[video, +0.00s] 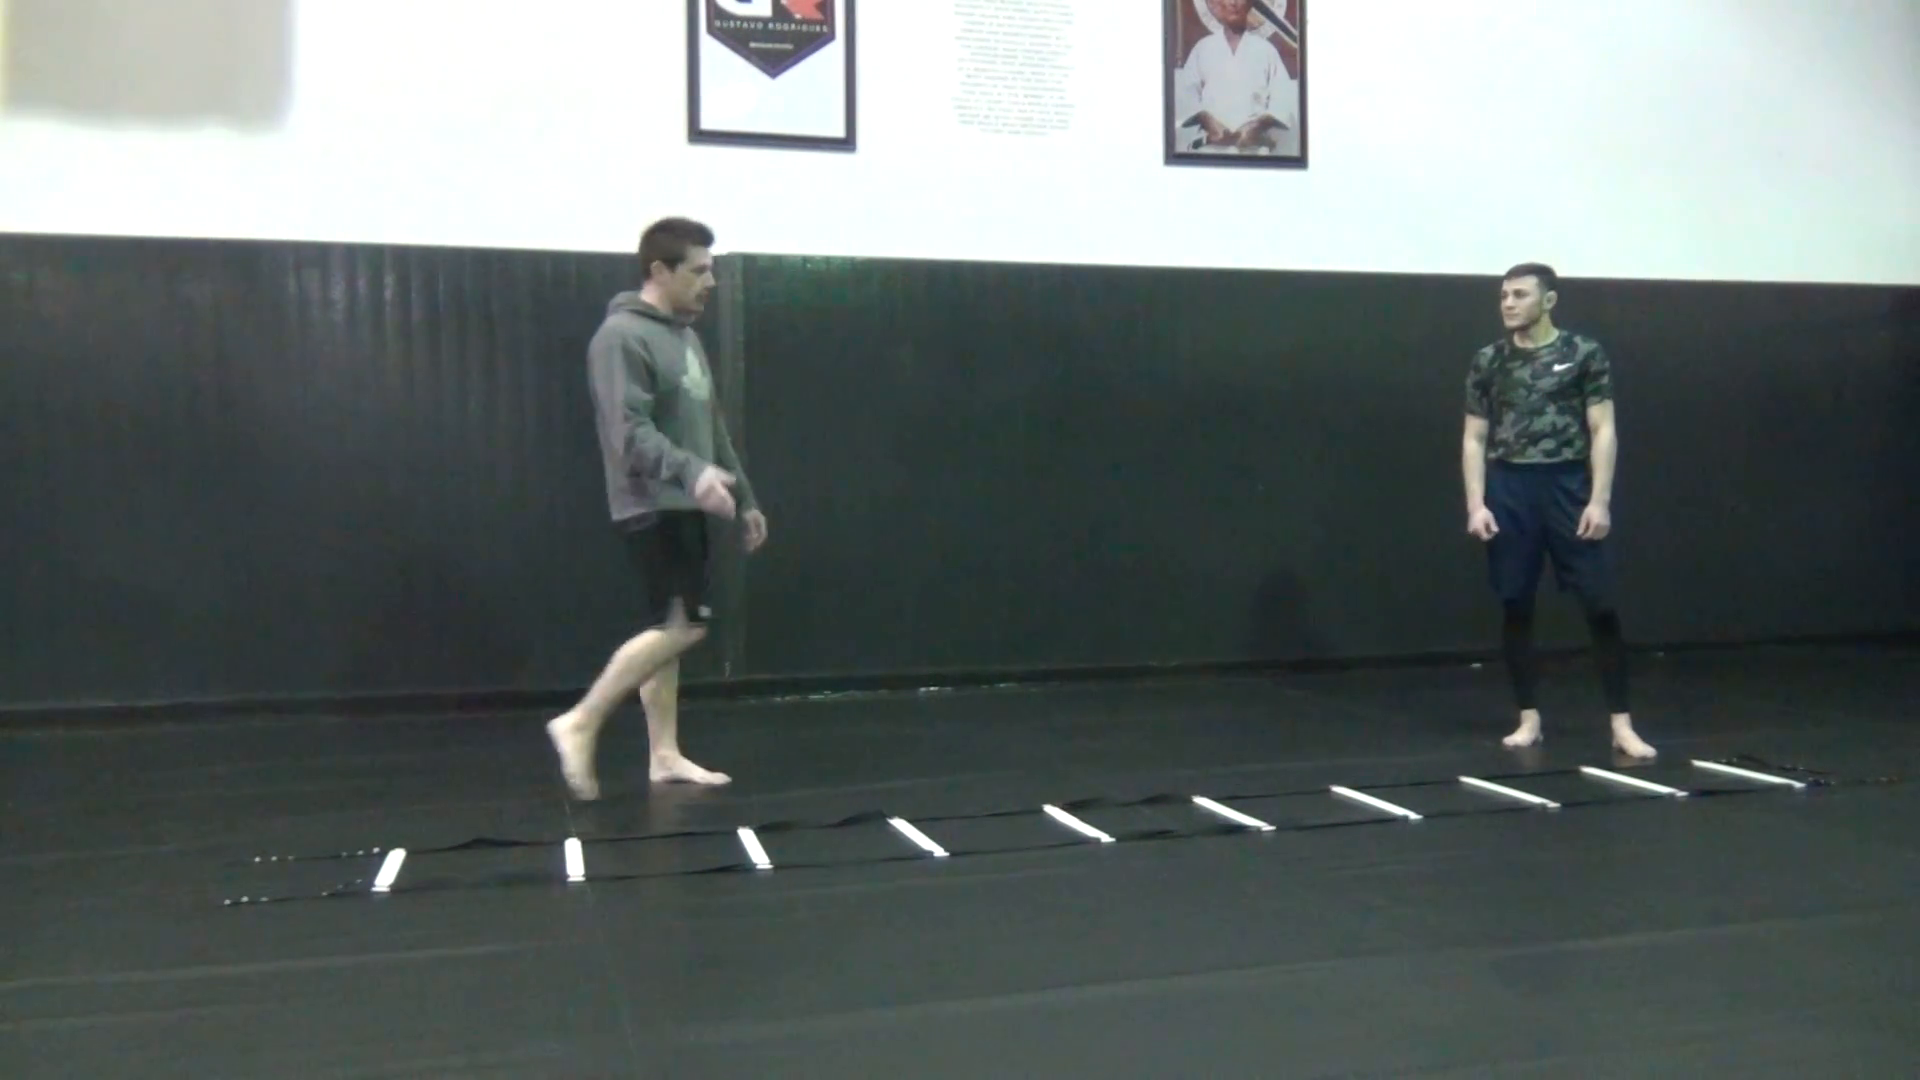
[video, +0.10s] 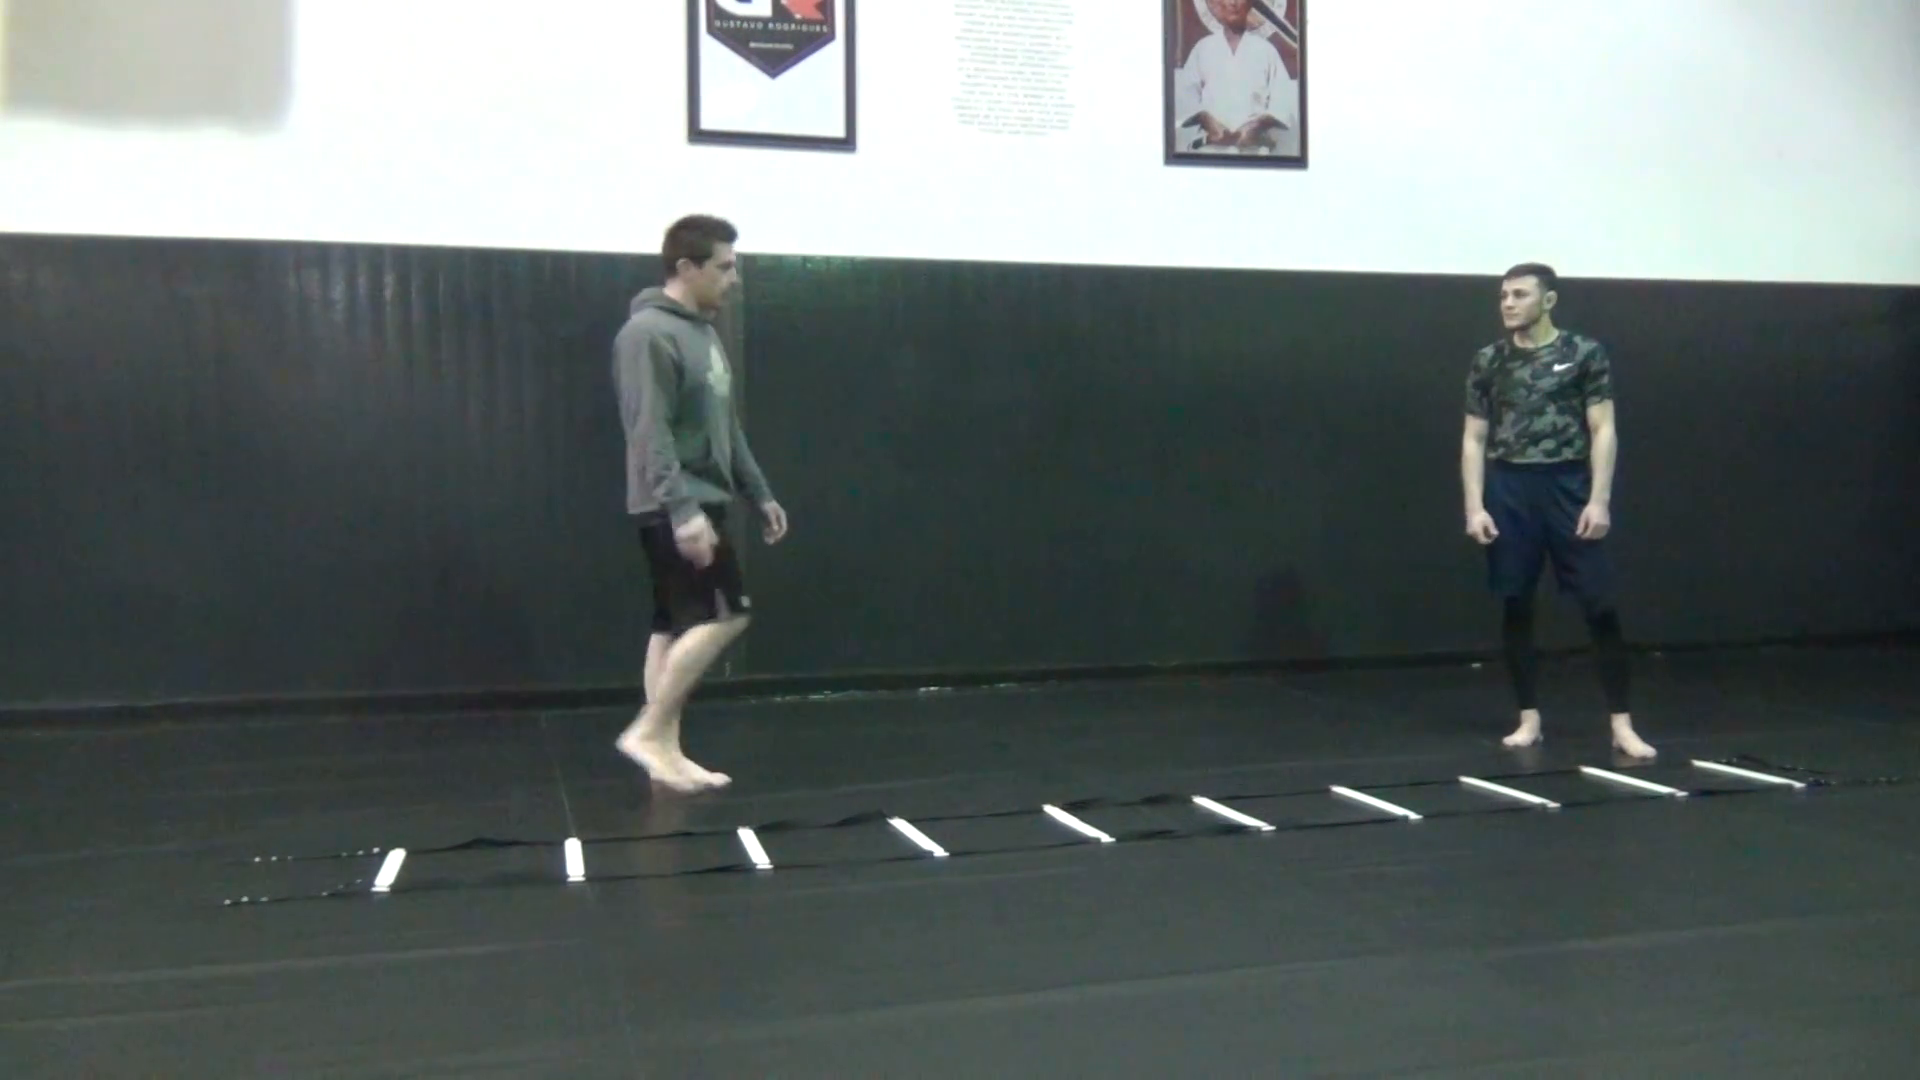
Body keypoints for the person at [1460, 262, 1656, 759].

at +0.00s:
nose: (1509, 303)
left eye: (1520, 295)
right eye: (1504, 296)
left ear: (1549, 300)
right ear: (1501, 304)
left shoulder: (1585, 353)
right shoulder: (1488, 360)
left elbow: (1603, 429)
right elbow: (1474, 437)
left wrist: (1600, 499)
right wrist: (1475, 503)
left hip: (1570, 489)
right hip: (1509, 491)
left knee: (1600, 603)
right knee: (1515, 605)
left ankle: (1620, 723)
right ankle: (1528, 718)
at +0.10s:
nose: (1508, 303)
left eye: (1519, 295)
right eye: (1504, 296)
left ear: (1548, 300)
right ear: (1501, 303)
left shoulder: (1586, 353)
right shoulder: (1488, 360)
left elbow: (1602, 428)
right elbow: (1474, 439)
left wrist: (1600, 499)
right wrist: (1474, 506)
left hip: (1570, 489)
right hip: (1509, 491)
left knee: (1600, 603)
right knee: (1514, 603)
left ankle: (1621, 722)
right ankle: (1528, 717)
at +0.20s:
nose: (1508, 303)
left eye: (1519, 295)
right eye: (1504, 296)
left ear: (1548, 300)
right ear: (1501, 303)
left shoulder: (1585, 353)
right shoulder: (1488, 360)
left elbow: (1602, 429)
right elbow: (1474, 438)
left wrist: (1599, 499)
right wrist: (1472, 506)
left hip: (1570, 489)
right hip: (1508, 492)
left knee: (1601, 603)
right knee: (1514, 604)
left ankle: (1620, 723)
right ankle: (1528, 718)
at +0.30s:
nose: (1508, 303)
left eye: (1519, 295)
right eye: (1504, 296)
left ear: (1548, 300)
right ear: (1501, 303)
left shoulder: (1585, 353)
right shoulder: (1489, 360)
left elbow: (1602, 429)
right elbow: (1474, 439)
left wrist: (1599, 499)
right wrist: (1472, 507)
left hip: (1570, 489)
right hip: (1508, 491)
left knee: (1600, 603)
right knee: (1515, 604)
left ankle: (1620, 723)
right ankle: (1528, 718)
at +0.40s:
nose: (1508, 304)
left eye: (1519, 295)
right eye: (1504, 297)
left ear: (1548, 300)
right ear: (1501, 303)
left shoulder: (1585, 353)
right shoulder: (1488, 360)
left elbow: (1602, 429)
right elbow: (1474, 439)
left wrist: (1599, 499)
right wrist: (1472, 506)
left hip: (1569, 490)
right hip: (1507, 492)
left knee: (1600, 603)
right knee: (1515, 605)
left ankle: (1620, 723)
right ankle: (1528, 718)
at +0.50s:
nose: (1509, 304)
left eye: (1520, 296)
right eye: (1504, 297)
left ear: (1549, 300)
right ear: (1501, 304)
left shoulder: (1585, 353)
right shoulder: (1489, 360)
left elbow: (1602, 429)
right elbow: (1474, 438)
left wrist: (1598, 499)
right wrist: (1473, 505)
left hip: (1569, 490)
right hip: (1508, 491)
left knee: (1601, 604)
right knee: (1515, 606)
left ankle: (1621, 724)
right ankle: (1528, 718)